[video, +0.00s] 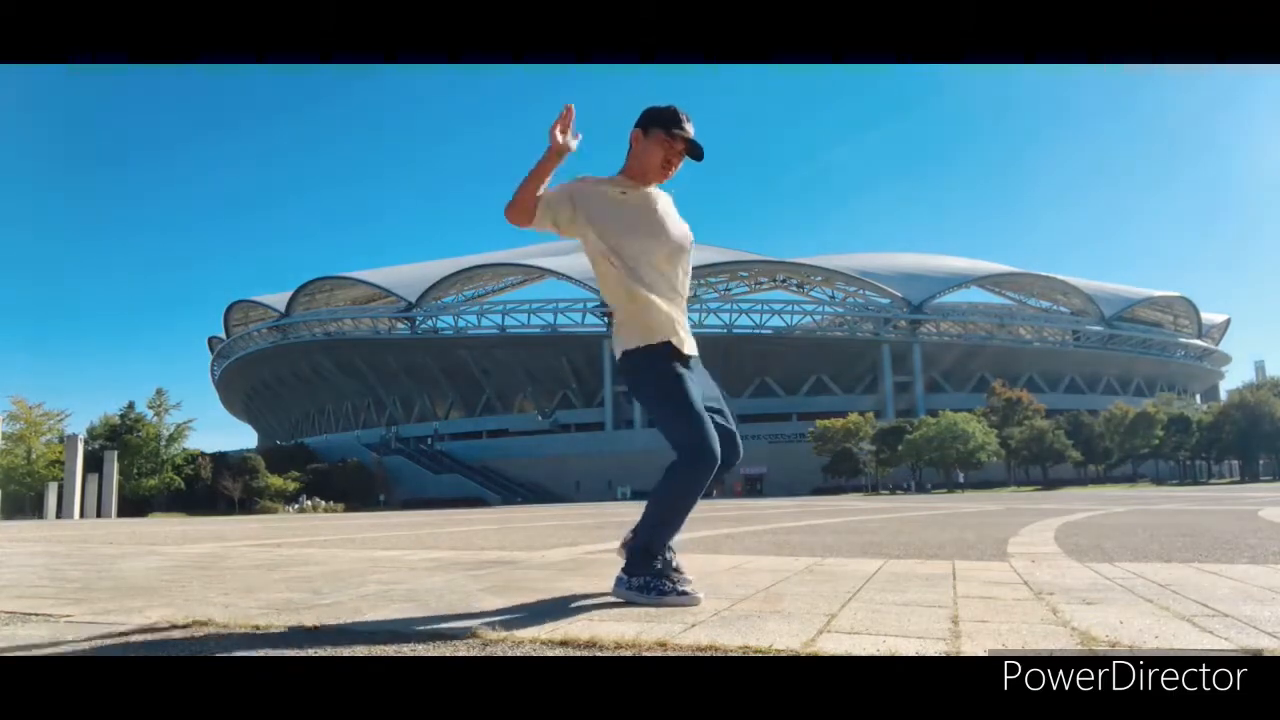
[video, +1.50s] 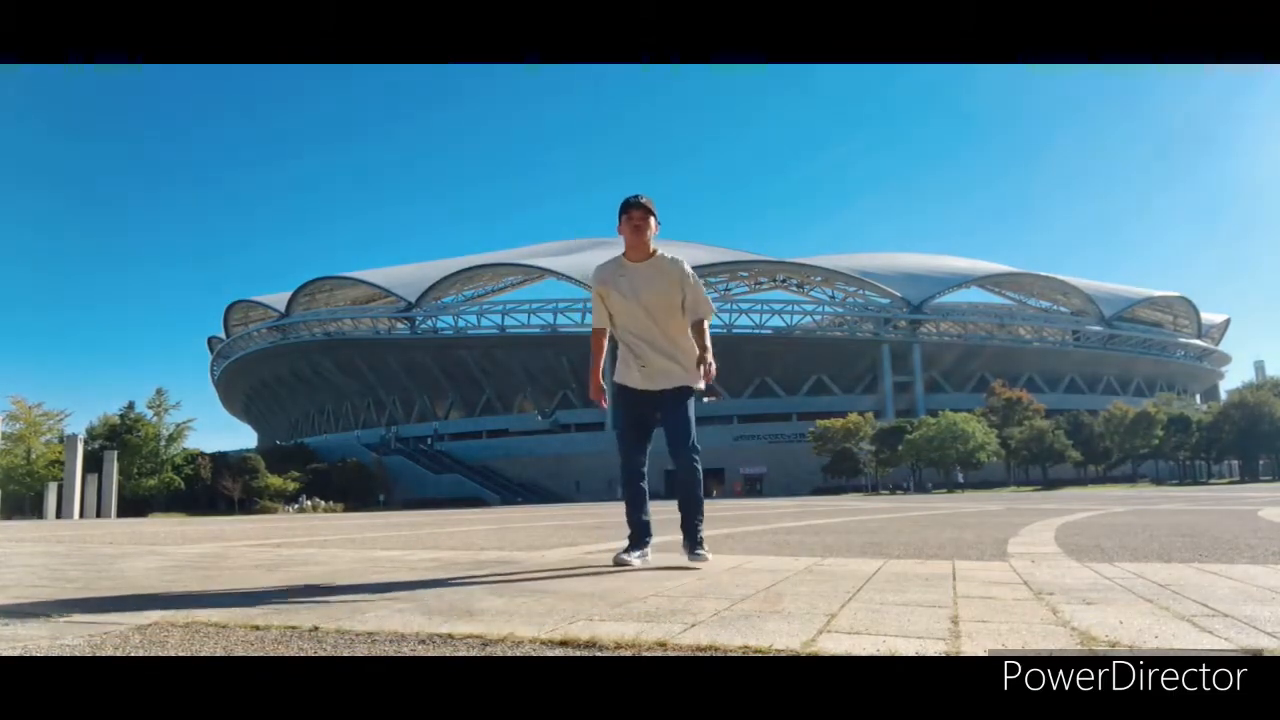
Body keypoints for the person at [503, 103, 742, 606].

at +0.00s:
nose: (674, 161)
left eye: (682, 155)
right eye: (668, 148)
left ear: (683, 157)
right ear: (638, 138)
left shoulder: (661, 199)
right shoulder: (593, 193)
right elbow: (518, 212)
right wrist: (554, 155)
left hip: (682, 349)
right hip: (646, 351)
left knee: (726, 450)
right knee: (701, 452)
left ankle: (647, 546)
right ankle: (641, 569)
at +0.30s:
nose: (645, 197)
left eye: (652, 191)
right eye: (637, 185)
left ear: (655, 193)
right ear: (611, 179)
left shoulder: (636, 238)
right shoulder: (593, 226)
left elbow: (668, 301)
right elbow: (664, 247)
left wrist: (711, 337)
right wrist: (716, 243)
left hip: (682, 363)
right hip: (642, 364)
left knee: (716, 464)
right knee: (685, 450)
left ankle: (656, 553)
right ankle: (635, 573)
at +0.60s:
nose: (642, 194)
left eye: (649, 188)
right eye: (634, 185)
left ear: (656, 195)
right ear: (615, 190)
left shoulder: (665, 243)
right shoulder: (599, 233)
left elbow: (676, 310)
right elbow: (629, 274)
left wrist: (690, 354)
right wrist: (682, 279)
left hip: (669, 363)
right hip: (622, 360)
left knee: (674, 459)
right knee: (632, 439)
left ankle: (642, 550)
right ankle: (615, 549)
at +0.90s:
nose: (636, 214)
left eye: (643, 209)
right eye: (629, 209)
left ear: (654, 216)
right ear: (616, 216)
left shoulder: (668, 267)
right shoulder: (600, 254)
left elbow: (675, 332)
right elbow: (585, 312)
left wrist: (678, 382)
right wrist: (584, 362)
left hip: (659, 383)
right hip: (611, 381)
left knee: (663, 464)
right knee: (610, 469)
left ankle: (644, 551)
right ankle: (627, 537)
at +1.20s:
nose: (635, 226)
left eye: (641, 221)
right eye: (628, 222)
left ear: (652, 228)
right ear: (617, 230)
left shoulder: (668, 278)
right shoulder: (597, 273)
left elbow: (675, 336)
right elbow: (584, 328)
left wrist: (686, 375)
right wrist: (582, 375)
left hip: (662, 385)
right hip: (616, 385)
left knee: (670, 460)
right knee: (625, 469)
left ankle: (655, 543)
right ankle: (637, 541)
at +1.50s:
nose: (637, 226)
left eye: (643, 220)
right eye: (631, 221)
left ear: (655, 226)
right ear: (620, 227)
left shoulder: (678, 270)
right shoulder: (605, 276)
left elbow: (699, 319)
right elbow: (600, 329)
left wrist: (706, 355)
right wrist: (595, 375)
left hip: (678, 380)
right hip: (629, 382)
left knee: (687, 457)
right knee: (632, 467)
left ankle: (694, 538)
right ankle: (638, 542)